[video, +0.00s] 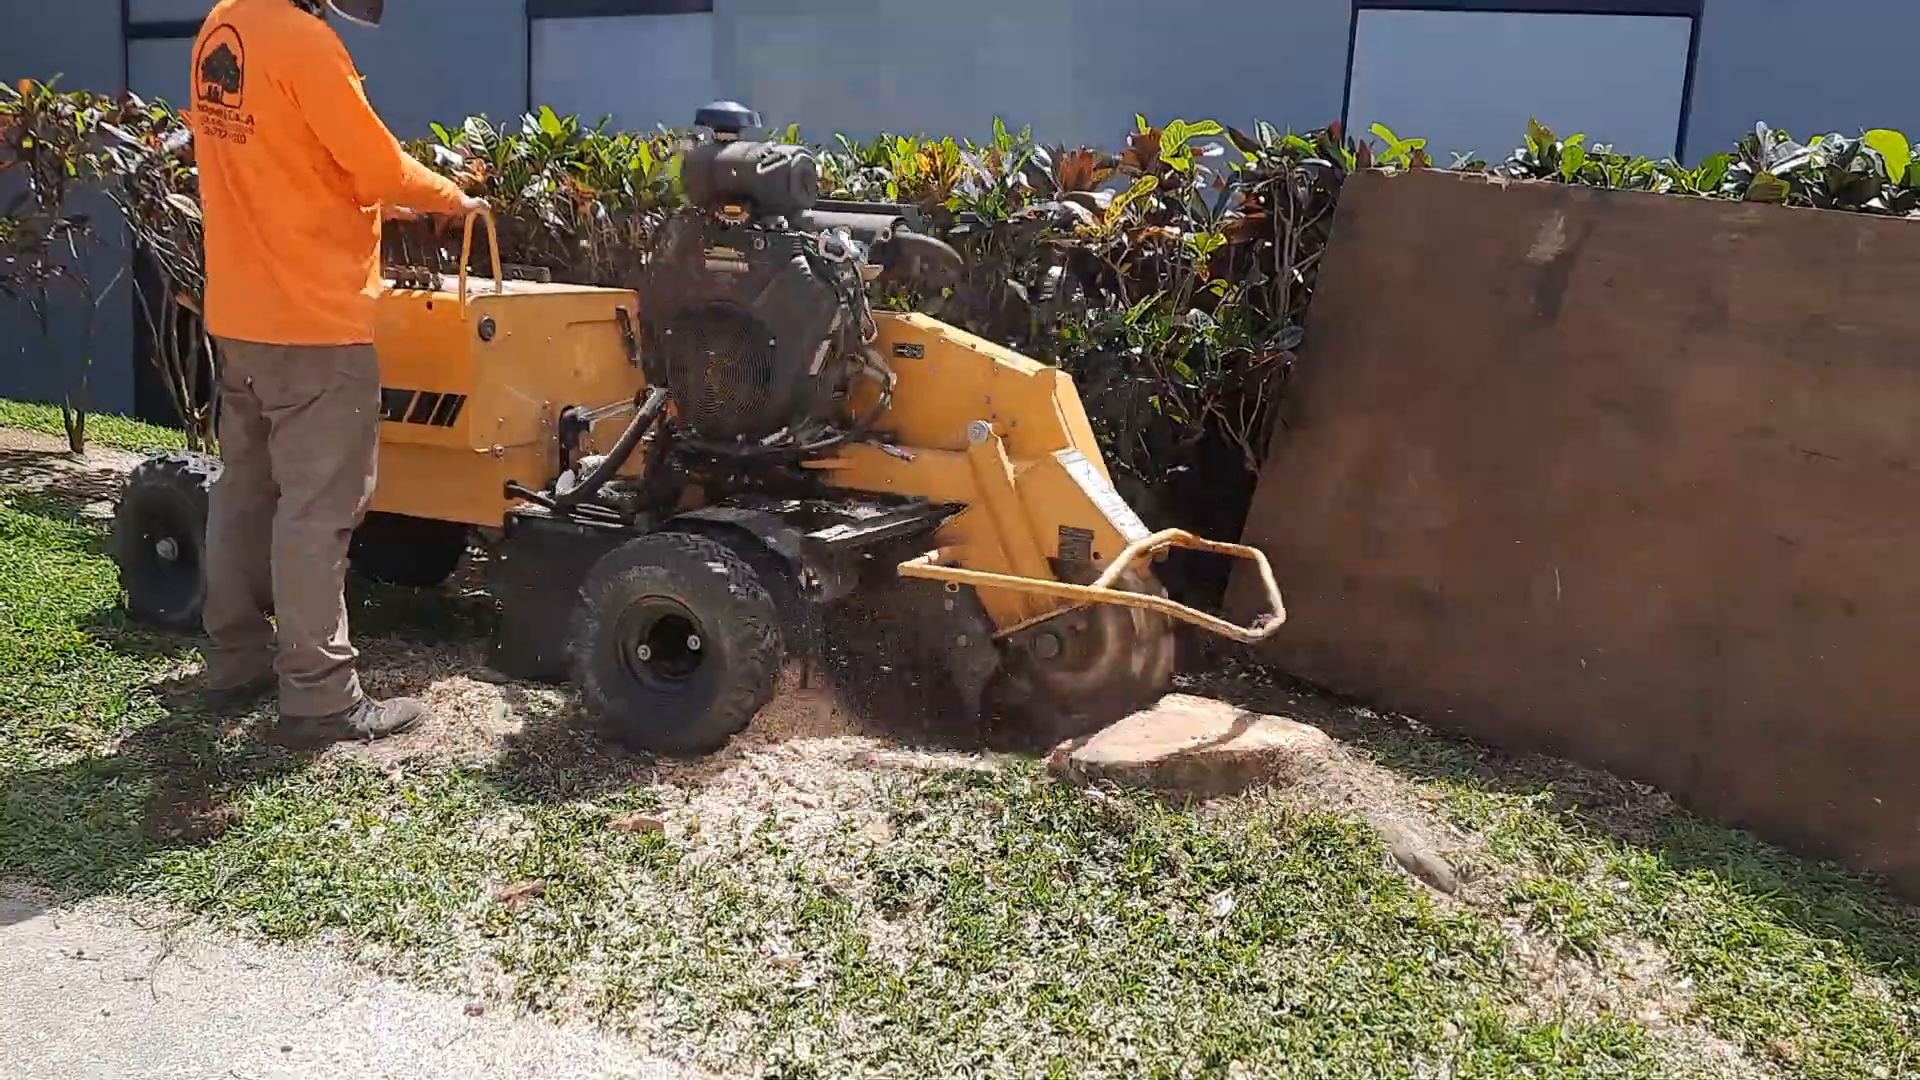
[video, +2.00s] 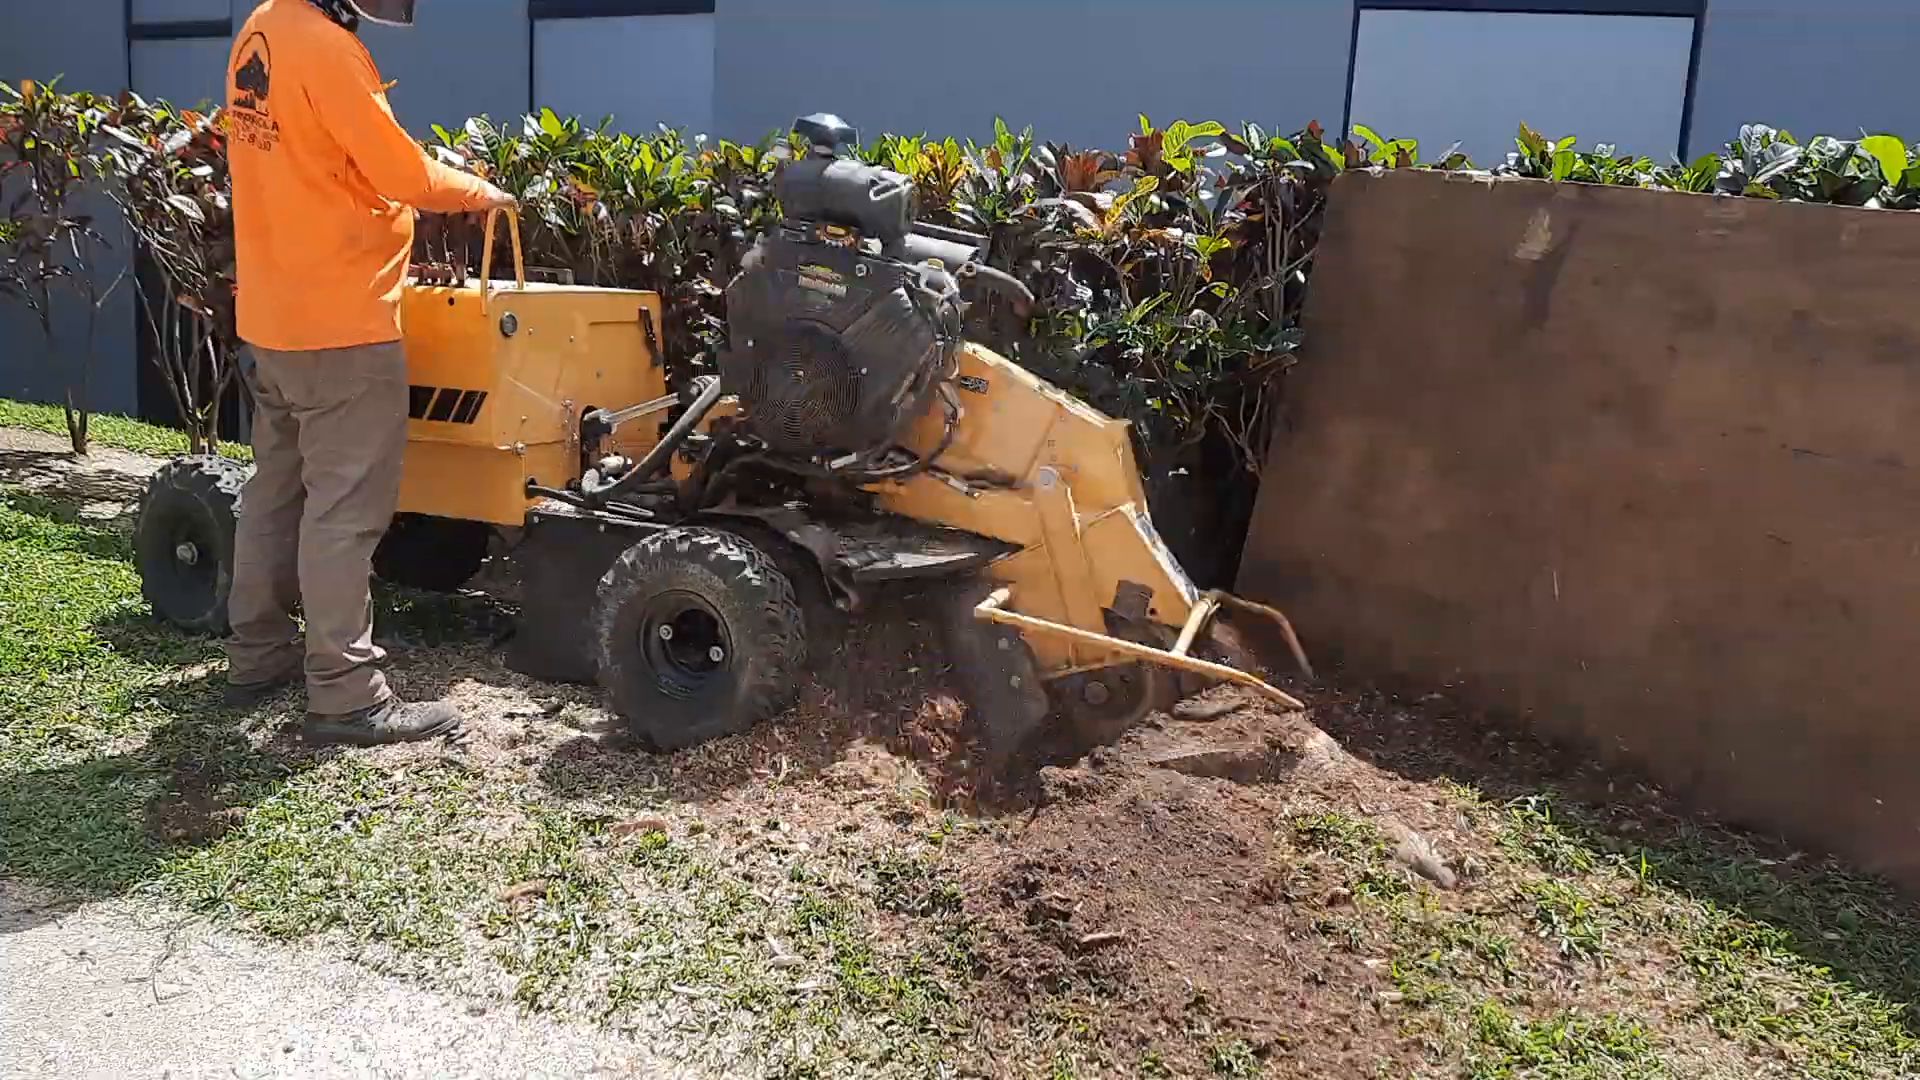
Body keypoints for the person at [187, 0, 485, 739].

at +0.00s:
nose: (372, 10)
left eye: (371, 4)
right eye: (367, 1)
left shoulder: (222, 24)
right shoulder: (308, 43)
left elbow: (282, 165)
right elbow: (381, 169)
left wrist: (393, 195)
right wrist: (451, 197)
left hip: (238, 316)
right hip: (314, 323)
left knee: (244, 492)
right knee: (319, 503)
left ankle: (235, 662)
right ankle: (318, 697)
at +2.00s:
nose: (397, 12)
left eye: (397, 6)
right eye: (394, 3)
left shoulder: (260, 28)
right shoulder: (329, 49)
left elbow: (321, 161)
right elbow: (404, 176)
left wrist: (438, 176)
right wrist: (475, 191)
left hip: (272, 322)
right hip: (341, 326)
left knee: (275, 492)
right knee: (347, 505)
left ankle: (257, 657)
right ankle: (343, 693)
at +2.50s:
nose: (409, 13)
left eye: (409, 7)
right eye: (407, 3)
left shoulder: (274, 27)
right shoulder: (346, 49)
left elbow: (344, 159)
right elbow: (422, 173)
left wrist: (449, 174)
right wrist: (499, 191)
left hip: (279, 323)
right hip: (352, 328)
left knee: (276, 495)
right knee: (349, 509)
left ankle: (256, 658)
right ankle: (345, 693)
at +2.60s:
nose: (416, 12)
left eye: (416, 7)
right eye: (413, 4)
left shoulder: (279, 25)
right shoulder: (345, 48)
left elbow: (342, 162)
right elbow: (413, 183)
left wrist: (444, 188)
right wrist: (472, 191)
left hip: (314, 311)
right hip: (357, 318)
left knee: (375, 482)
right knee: (344, 502)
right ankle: (323, 695)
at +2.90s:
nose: (400, 13)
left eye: (402, 6)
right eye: (399, 2)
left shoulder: (274, 23)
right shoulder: (331, 51)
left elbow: (346, 165)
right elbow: (408, 180)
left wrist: (437, 191)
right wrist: (472, 185)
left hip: (307, 317)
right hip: (351, 324)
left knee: (368, 489)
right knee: (342, 509)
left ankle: (412, 633)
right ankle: (322, 695)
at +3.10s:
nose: (434, 26)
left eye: (440, 19)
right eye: (435, 16)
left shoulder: (335, 24)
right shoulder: (362, 44)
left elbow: (373, 158)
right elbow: (422, 189)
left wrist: (450, 180)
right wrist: (476, 193)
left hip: (318, 287)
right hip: (360, 280)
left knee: (323, 488)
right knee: (549, 333)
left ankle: (294, 666)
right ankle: (617, 520)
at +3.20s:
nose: (435, 14)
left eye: (435, 8)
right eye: (431, 5)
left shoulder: (339, 30)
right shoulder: (342, 39)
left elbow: (390, 168)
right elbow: (406, 182)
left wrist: (482, 189)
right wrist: (498, 196)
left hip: (329, 288)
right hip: (360, 280)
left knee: (329, 486)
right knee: (547, 326)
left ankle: (298, 665)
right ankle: (650, 510)